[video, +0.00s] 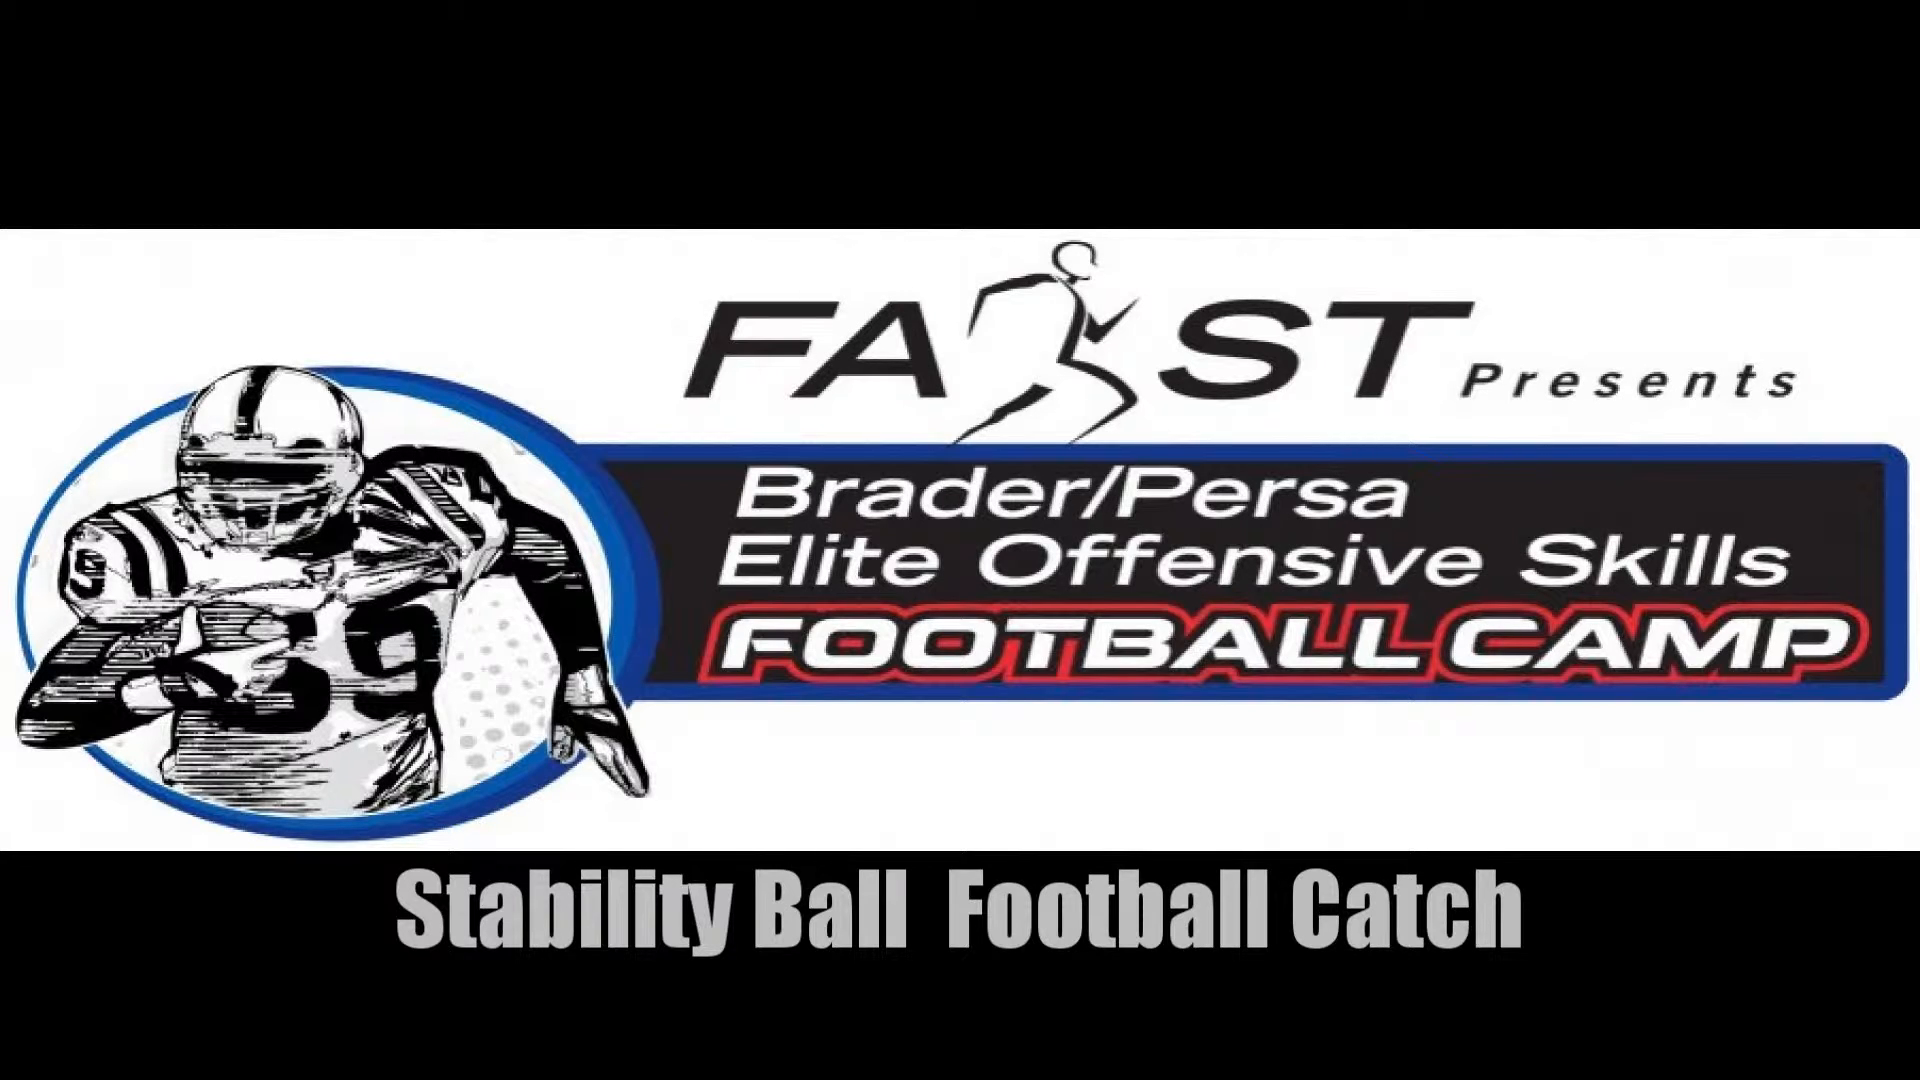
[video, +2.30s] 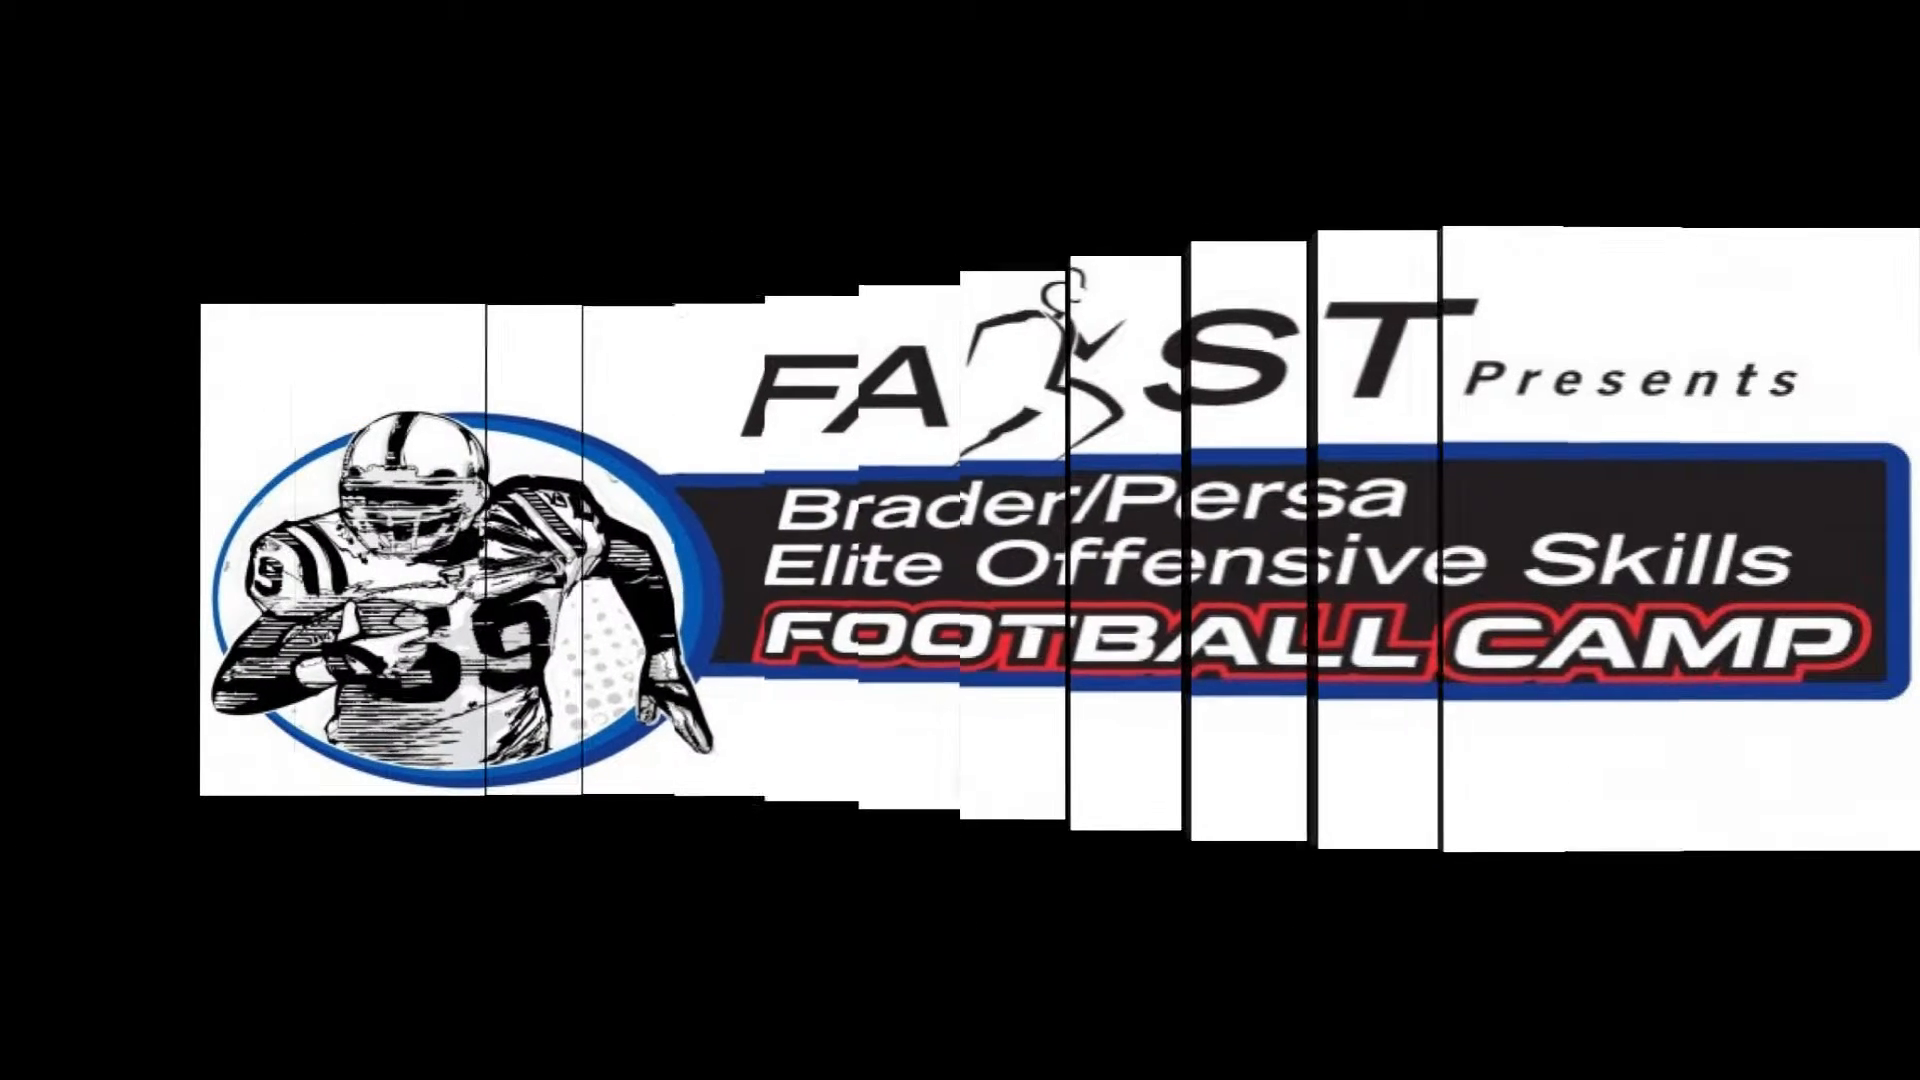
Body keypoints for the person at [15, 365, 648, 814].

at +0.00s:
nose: (248, 518)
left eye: (277, 496)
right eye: (227, 494)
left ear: (336, 482)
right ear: (194, 480)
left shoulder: (427, 510)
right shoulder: (140, 549)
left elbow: (544, 546)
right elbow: (43, 716)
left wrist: (585, 670)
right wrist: (178, 683)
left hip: (388, 811)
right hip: (219, 815)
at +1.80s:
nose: (269, 504)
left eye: (296, 484)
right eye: (250, 482)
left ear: (344, 476)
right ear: (224, 473)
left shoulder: (425, 505)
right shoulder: (186, 545)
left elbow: (543, 549)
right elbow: (117, 706)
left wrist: (583, 678)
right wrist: (223, 672)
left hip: (390, 803)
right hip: (245, 803)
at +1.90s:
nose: (320, 513)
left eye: (344, 492)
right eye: (303, 491)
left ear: (380, 478)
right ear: (278, 477)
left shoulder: (447, 511)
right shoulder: (247, 549)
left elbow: (550, 551)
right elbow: (182, 697)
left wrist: (584, 675)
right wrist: (277, 666)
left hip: (421, 794)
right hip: (297, 794)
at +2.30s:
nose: (402, 531)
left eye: (424, 513)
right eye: (383, 513)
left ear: (467, 501)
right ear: (355, 504)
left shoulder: (535, 524)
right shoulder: (314, 559)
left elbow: (633, 555)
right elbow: (233, 690)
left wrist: (663, 652)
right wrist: (337, 662)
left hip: (511, 764)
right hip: (376, 767)